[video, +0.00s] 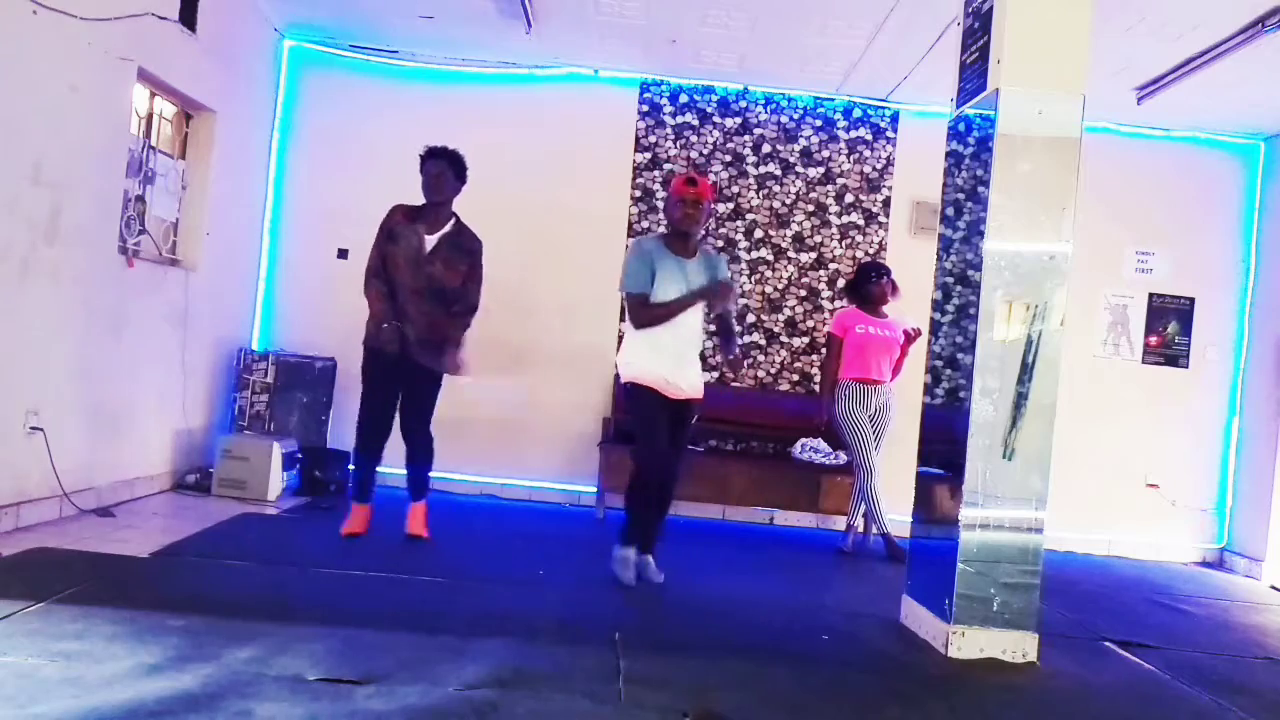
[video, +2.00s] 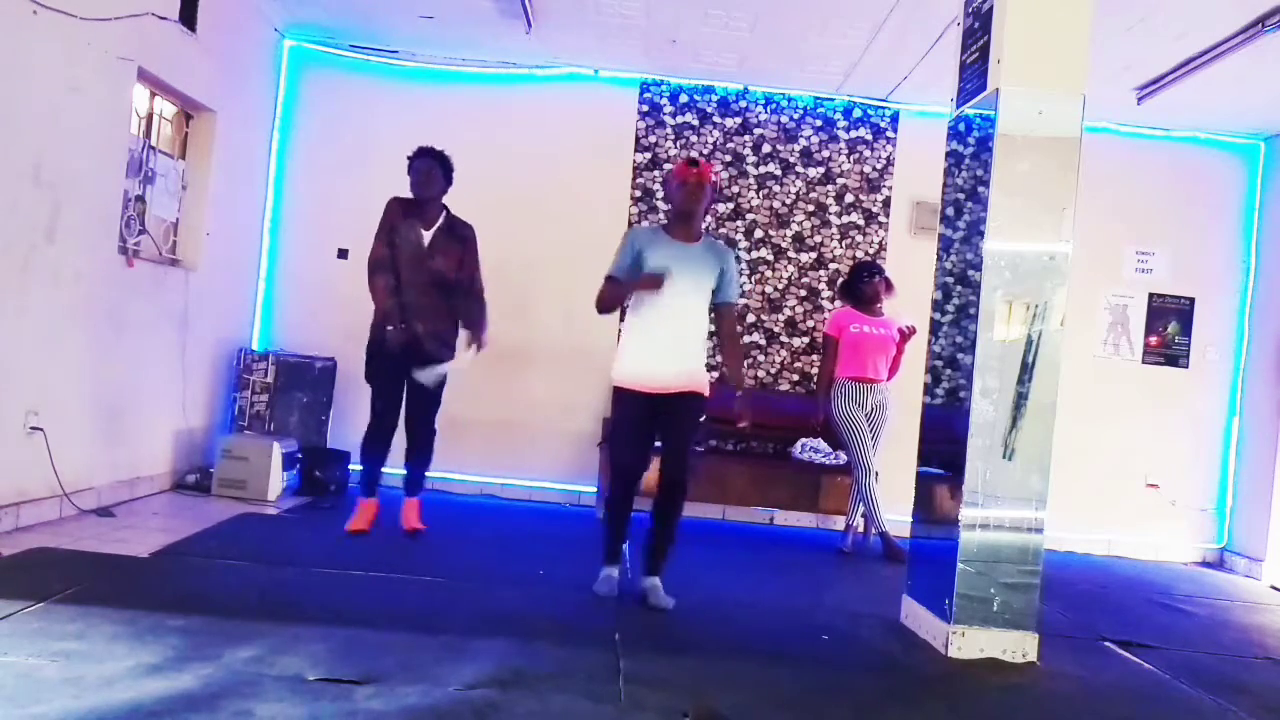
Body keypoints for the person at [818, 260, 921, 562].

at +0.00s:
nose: (890, 286)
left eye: (890, 281)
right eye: (883, 281)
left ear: (889, 287)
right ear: (866, 287)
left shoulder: (894, 328)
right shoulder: (846, 317)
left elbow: (892, 374)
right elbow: (831, 363)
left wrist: (906, 348)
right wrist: (826, 404)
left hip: (881, 397)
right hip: (850, 394)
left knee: (867, 465)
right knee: (867, 463)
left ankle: (849, 533)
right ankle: (887, 536)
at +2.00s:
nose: (879, 301)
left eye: (882, 295)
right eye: (872, 296)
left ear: (886, 290)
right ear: (857, 291)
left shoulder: (890, 326)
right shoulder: (840, 317)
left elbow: (889, 374)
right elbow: (827, 364)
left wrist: (901, 345)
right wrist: (822, 404)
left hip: (878, 396)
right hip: (846, 392)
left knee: (866, 465)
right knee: (865, 463)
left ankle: (849, 533)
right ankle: (884, 535)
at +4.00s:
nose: (877, 283)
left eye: (881, 278)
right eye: (870, 278)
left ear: (887, 286)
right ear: (858, 287)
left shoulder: (892, 327)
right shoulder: (841, 318)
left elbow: (891, 376)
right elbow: (827, 365)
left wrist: (902, 349)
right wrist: (820, 405)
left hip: (878, 397)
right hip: (846, 393)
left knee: (866, 466)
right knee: (862, 464)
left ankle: (847, 532)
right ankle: (881, 536)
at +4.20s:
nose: (879, 283)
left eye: (882, 278)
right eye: (871, 278)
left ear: (887, 286)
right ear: (859, 287)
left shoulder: (893, 326)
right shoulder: (842, 318)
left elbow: (893, 376)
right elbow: (828, 365)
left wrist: (903, 349)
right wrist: (823, 406)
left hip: (880, 397)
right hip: (847, 393)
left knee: (866, 465)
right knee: (861, 463)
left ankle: (848, 531)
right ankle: (881, 536)